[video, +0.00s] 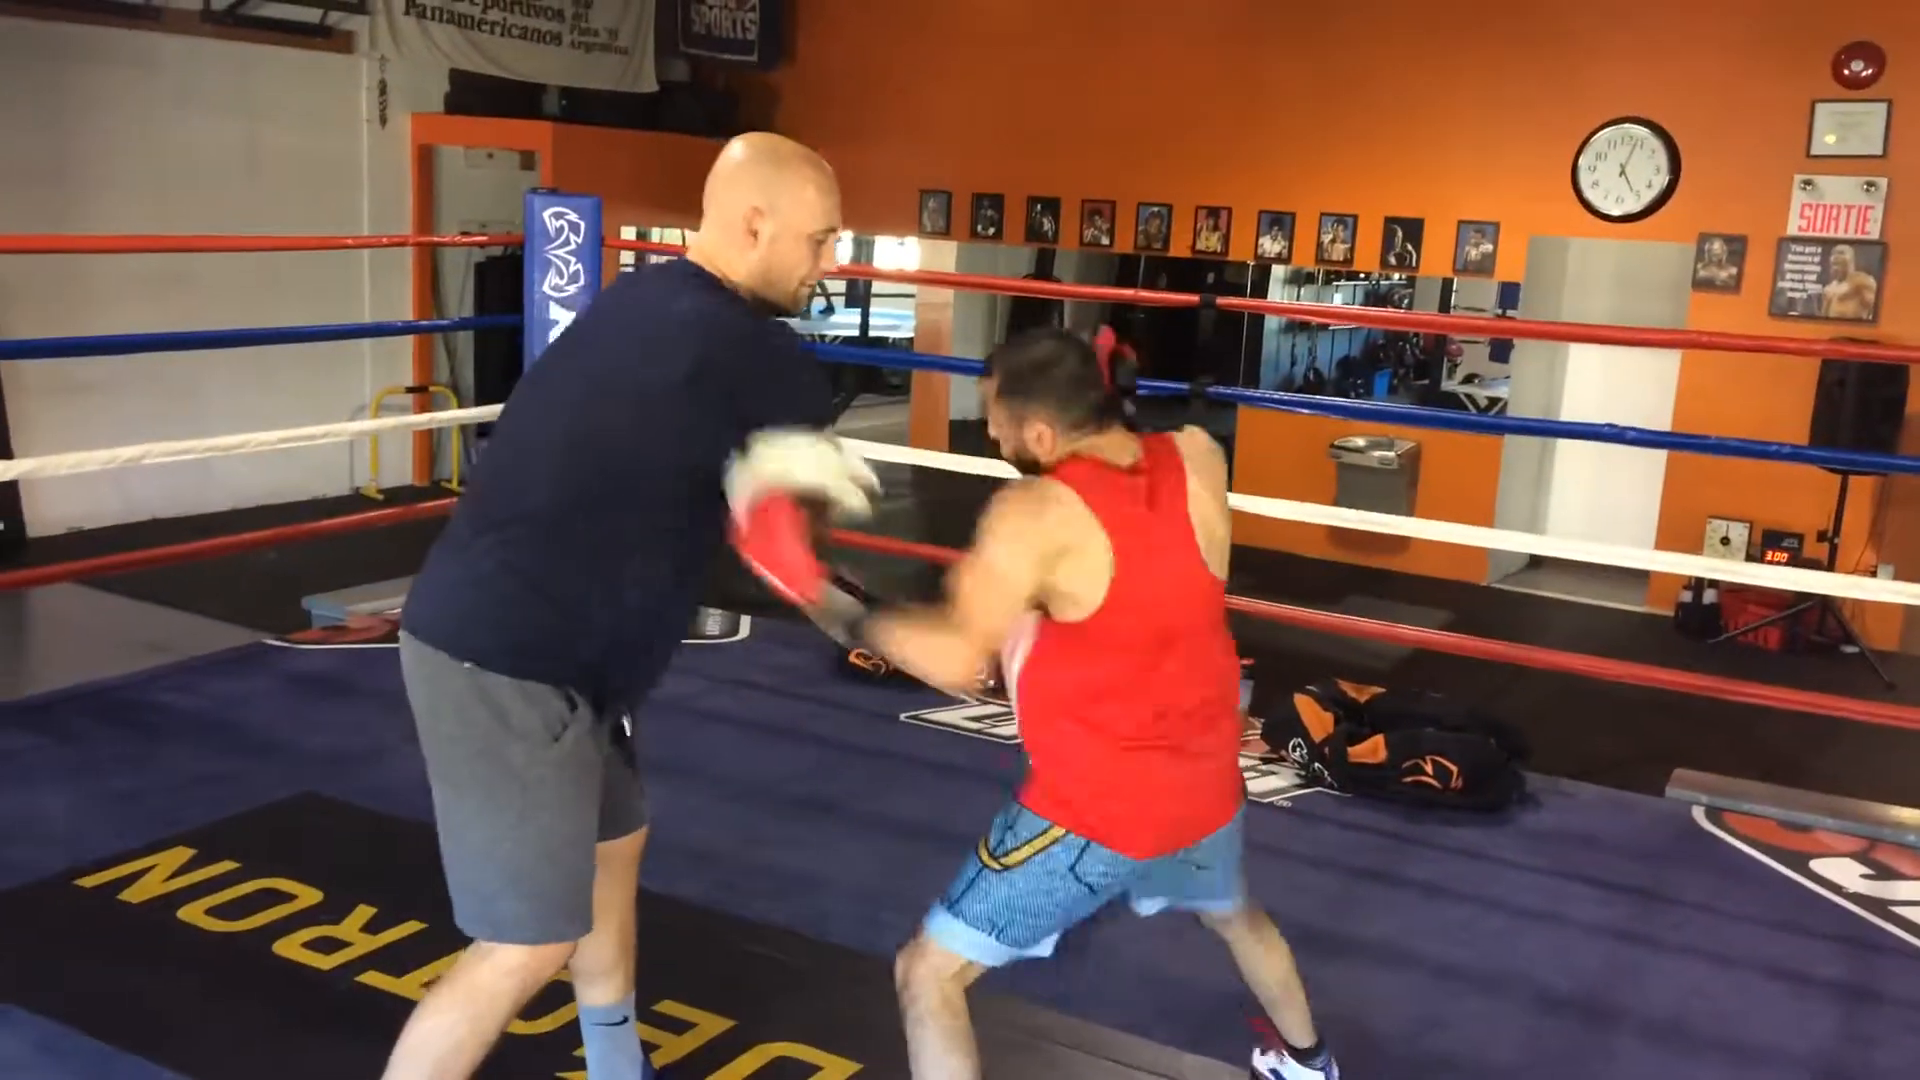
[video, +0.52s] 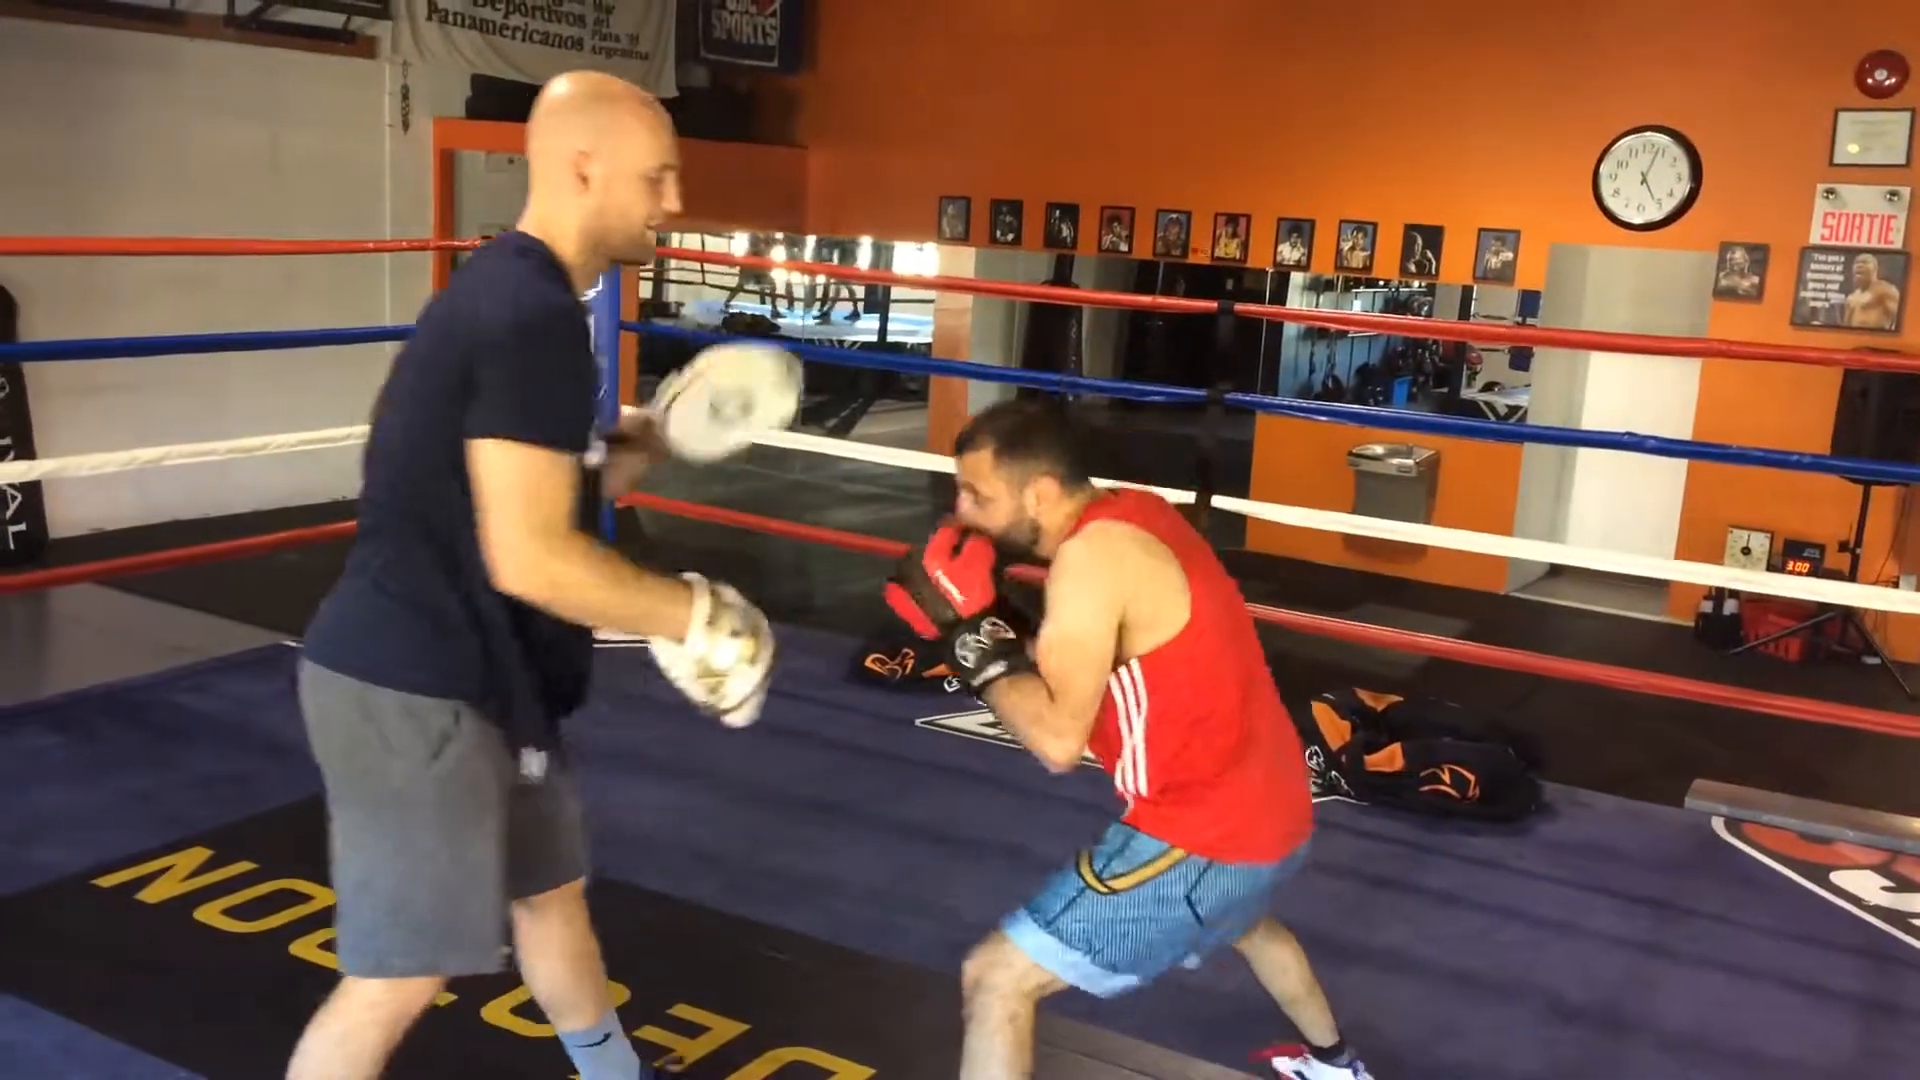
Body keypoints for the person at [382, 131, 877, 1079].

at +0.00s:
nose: (827, 265)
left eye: (830, 242)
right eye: (818, 240)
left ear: (736, 223)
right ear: (753, 223)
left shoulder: (638, 301)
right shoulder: (745, 348)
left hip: (560, 653)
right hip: (500, 656)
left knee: (613, 839)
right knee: (527, 938)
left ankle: (616, 1067)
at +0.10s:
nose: (810, 254)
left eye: (815, 232)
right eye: (804, 229)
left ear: (720, 210)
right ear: (744, 212)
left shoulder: (621, 294)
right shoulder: (738, 341)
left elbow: (621, 462)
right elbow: (815, 504)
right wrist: (795, 526)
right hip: (513, 652)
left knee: (614, 838)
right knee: (529, 937)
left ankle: (618, 1067)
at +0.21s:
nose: (789, 242)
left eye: (793, 219)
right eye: (779, 215)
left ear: (698, 198)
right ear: (713, 196)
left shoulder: (585, 297)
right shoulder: (704, 328)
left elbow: (599, 469)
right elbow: (772, 539)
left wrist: (740, 520)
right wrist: (808, 516)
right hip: (505, 659)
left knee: (610, 846)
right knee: (511, 945)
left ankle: (618, 1067)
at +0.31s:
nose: (752, 218)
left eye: (752, 194)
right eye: (739, 191)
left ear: (651, 185)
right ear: (667, 183)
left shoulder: (551, 296)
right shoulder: (650, 319)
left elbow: (573, 506)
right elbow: (703, 549)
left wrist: (743, 554)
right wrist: (798, 556)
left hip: (554, 660)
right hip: (486, 669)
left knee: (602, 857)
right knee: (487, 949)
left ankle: (620, 1071)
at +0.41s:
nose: (706, 206)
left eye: (705, 182)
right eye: (689, 180)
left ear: (606, 178)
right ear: (613, 175)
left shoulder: (525, 290)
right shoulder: (593, 315)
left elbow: (530, 447)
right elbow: (613, 549)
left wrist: (668, 457)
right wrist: (764, 602)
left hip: (518, 677)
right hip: (453, 685)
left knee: (579, 876)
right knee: (438, 954)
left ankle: (622, 1071)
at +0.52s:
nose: (671, 208)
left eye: (672, 182)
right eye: (655, 180)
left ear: (579, 175)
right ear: (580, 171)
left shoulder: (537, 293)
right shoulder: (521, 305)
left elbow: (517, 469)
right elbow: (527, 557)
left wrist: (649, 438)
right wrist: (696, 615)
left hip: (489, 671)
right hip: (403, 682)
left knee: (548, 892)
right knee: (400, 969)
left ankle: (612, 1070)